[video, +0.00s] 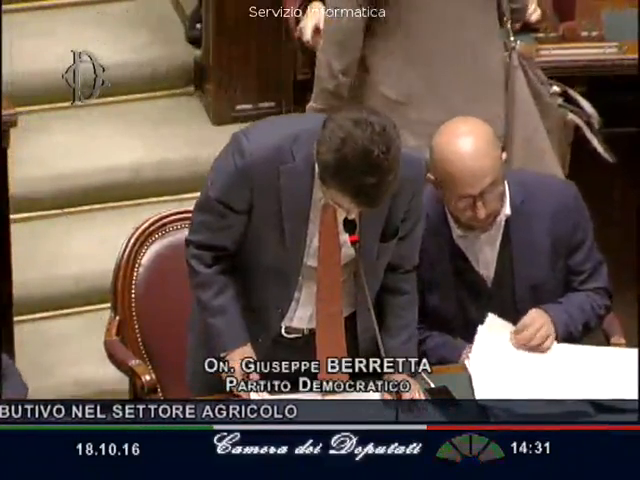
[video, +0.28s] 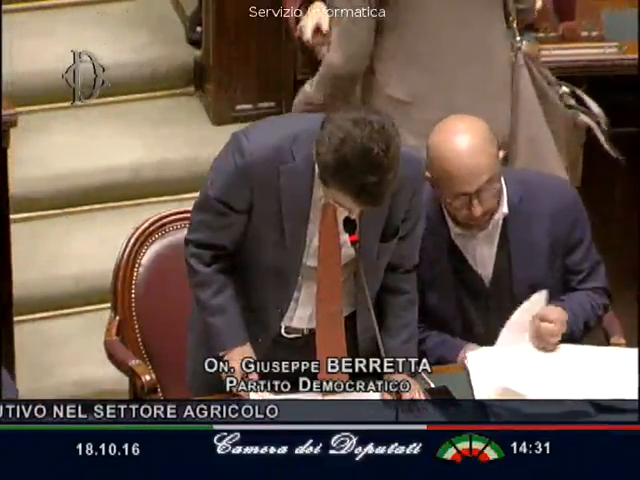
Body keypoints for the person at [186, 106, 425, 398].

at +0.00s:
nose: (350, 214)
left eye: (362, 207)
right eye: (340, 203)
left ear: (388, 176)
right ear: (320, 166)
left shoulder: (407, 174)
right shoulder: (252, 159)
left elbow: (401, 275)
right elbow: (206, 252)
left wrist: (400, 365)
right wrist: (234, 344)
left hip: (349, 336)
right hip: (264, 340)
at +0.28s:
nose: (352, 214)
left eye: (364, 207)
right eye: (342, 203)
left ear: (388, 174)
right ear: (320, 166)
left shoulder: (407, 175)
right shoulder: (252, 159)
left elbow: (401, 275)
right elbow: (205, 251)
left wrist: (401, 366)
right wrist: (234, 344)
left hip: (348, 336)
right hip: (262, 340)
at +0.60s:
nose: (355, 211)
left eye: (367, 203)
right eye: (344, 200)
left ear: (390, 174)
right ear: (322, 162)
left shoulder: (407, 174)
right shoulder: (253, 156)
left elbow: (401, 275)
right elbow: (202, 247)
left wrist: (401, 367)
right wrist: (229, 341)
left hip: (346, 336)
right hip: (260, 340)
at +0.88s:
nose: (354, 211)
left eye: (366, 203)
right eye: (343, 199)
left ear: (391, 173)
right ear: (322, 163)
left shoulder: (406, 175)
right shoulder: (253, 155)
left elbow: (400, 275)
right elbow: (200, 245)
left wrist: (401, 367)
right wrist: (227, 339)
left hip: (345, 337)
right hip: (258, 341)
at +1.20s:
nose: (353, 212)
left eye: (364, 204)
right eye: (342, 201)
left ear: (389, 173)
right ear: (321, 165)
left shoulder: (406, 173)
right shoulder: (253, 157)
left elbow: (400, 274)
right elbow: (200, 247)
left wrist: (401, 367)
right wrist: (228, 344)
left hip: (346, 337)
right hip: (259, 341)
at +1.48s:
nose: (354, 213)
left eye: (365, 206)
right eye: (343, 203)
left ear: (391, 175)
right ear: (323, 167)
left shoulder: (408, 173)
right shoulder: (254, 158)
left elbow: (402, 275)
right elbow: (202, 249)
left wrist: (401, 367)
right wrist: (229, 345)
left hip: (348, 337)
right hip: (262, 341)